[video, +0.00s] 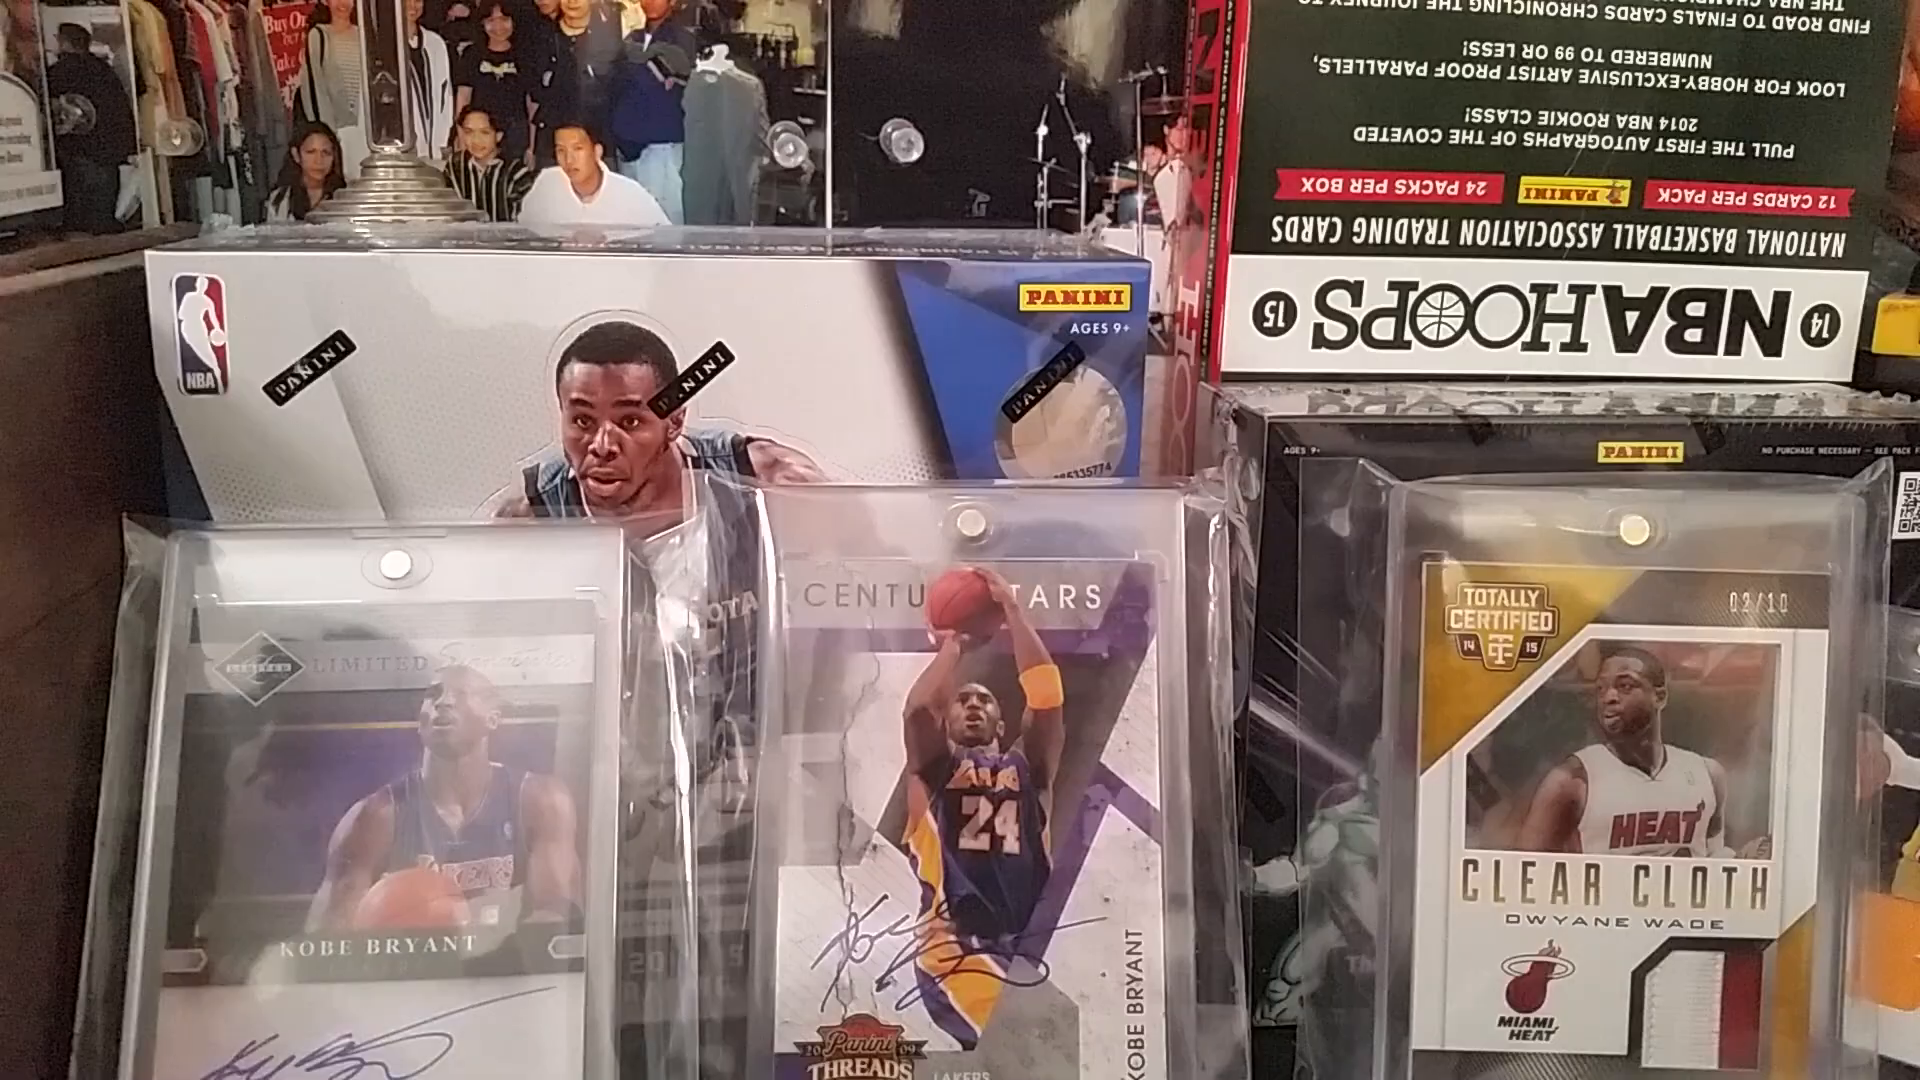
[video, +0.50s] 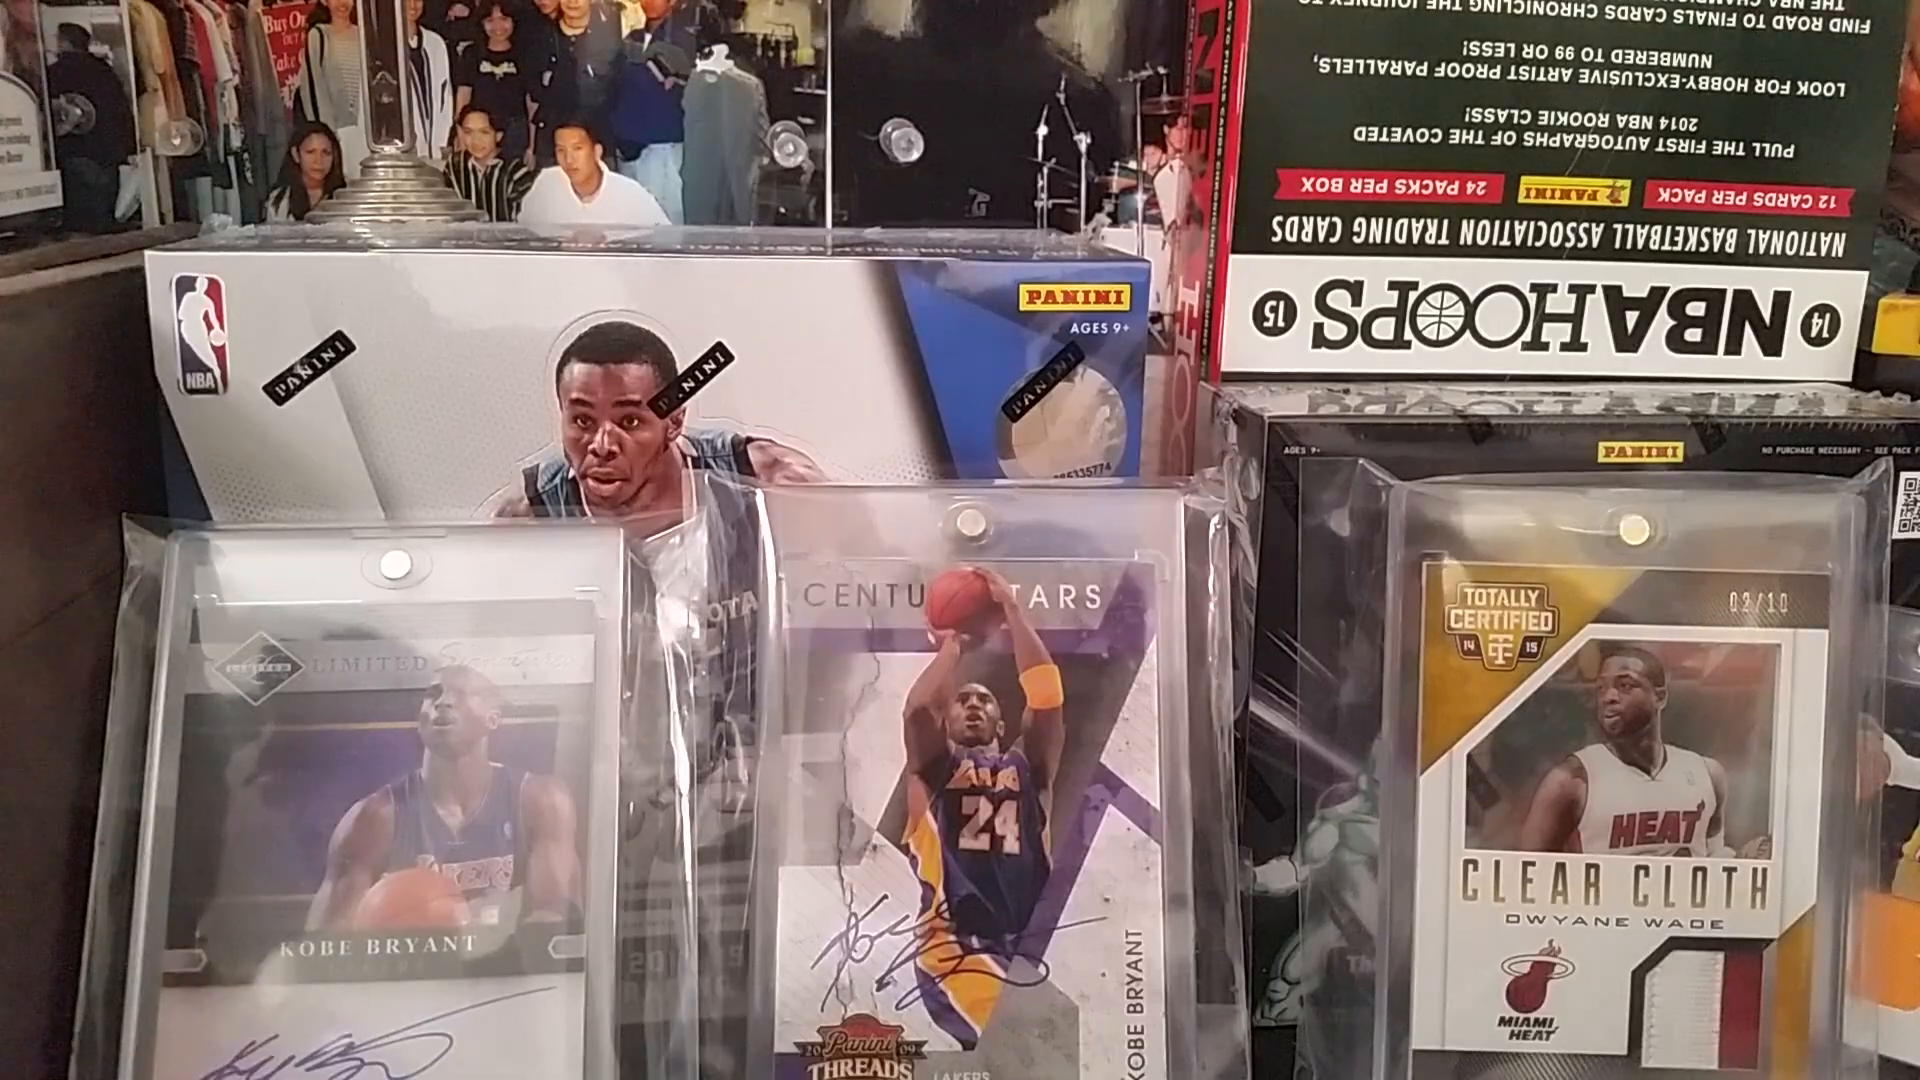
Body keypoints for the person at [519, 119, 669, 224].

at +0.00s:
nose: (569, 160)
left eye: (578, 149)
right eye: (561, 152)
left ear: (597, 152)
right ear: (555, 156)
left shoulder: (630, 193)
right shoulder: (547, 183)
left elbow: (668, 240)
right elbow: (521, 232)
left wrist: (609, 244)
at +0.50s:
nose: (569, 161)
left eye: (578, 149)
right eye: (561, 151)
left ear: (597, 152)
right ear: (555, 155)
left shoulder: (629, 192)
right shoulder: (547, 183)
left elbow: (668, 240)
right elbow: (521, 233)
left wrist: (609, 244)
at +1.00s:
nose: (569, 159)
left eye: (578, 149)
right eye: (561, 151)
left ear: (597, 151)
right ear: (555, 154)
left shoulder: (629, 192)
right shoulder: (547, 183)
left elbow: (668, 240)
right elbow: (521, 233)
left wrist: (609, 243)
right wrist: (564, 244)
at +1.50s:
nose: (579, 160)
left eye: (588, 149)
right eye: (571, 151)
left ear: (607, 151)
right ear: (565, 154)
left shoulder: (640, 192)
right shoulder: (557, 182)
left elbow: (678, 240)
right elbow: (532, 231)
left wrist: (619, 243)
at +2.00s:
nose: (573, 159)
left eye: (583, 149)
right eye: (567, 151)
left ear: (602, 153)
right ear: (561, 156)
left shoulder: (633, 193)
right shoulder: (553, 183)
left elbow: (669, 239)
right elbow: (528, 232)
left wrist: (614, 244)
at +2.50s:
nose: (462, 154)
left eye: (471, 144)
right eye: (455, 146)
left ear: (490, 147)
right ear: (449, 150)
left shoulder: (522, 186)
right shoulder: (442, 177)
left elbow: (559, 233)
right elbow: (418, 226)